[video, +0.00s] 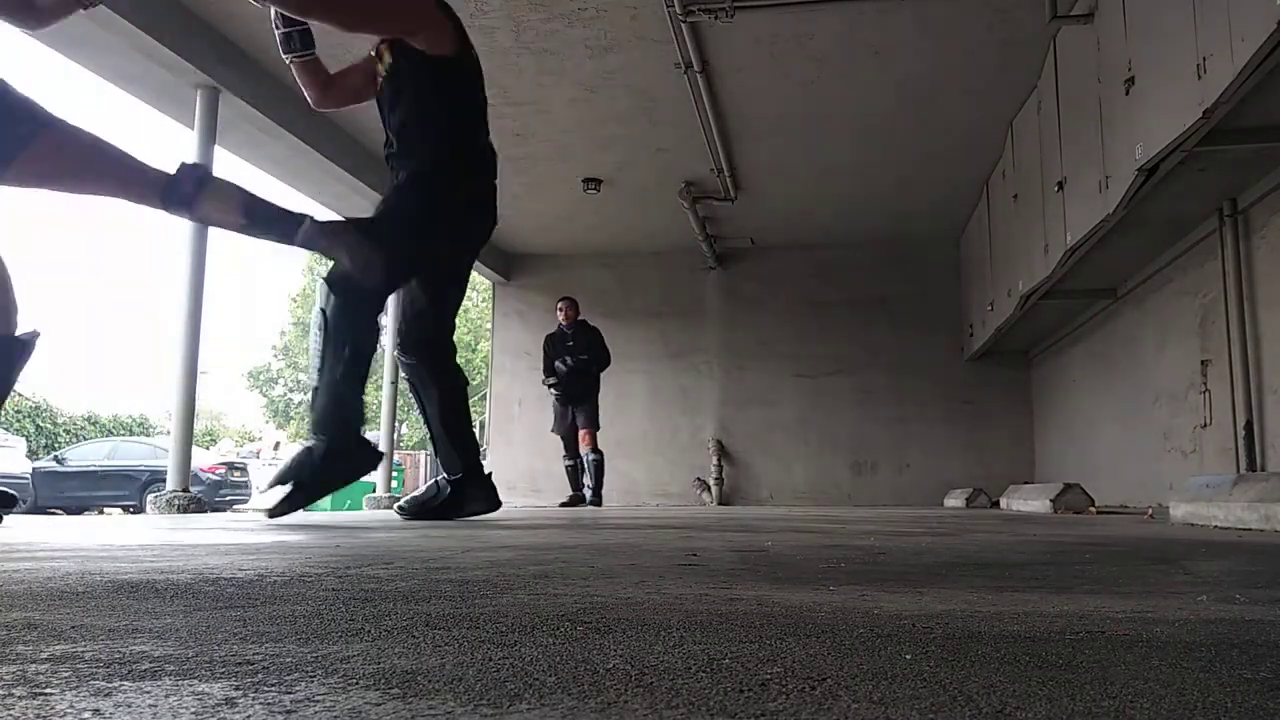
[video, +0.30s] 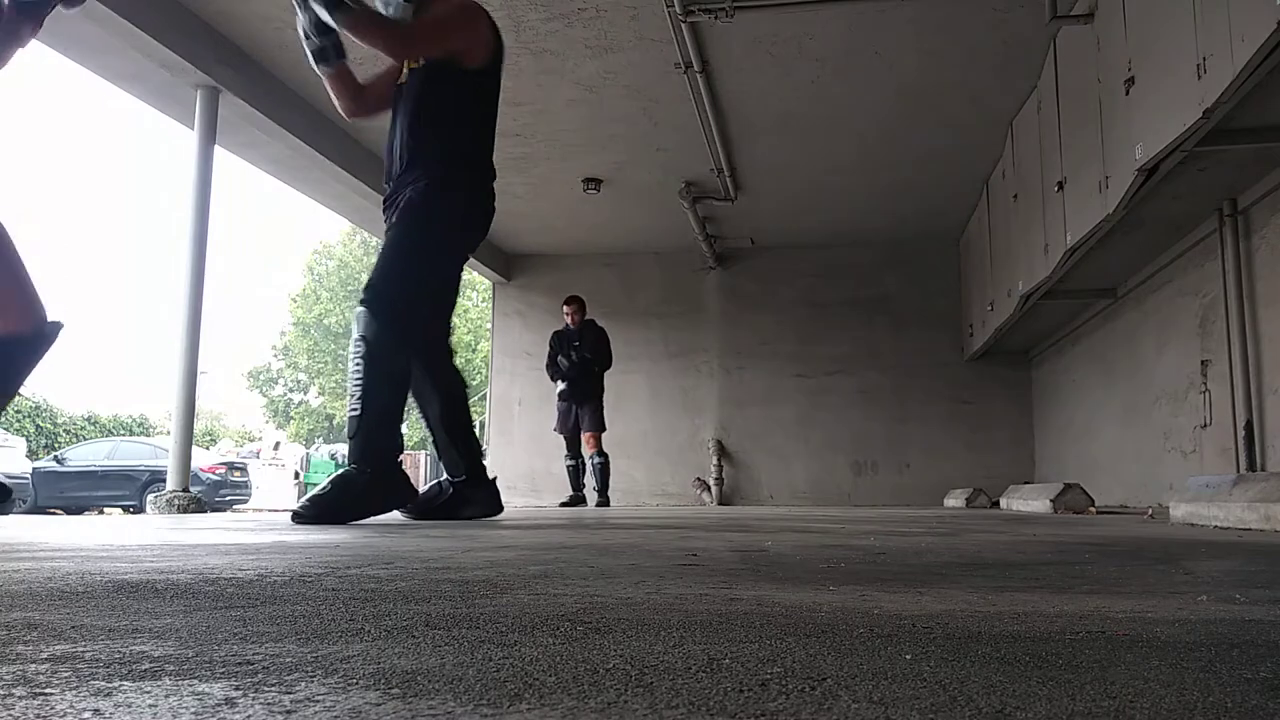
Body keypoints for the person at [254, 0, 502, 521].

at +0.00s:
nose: (373, 19)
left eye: (380, 13)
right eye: (374, 16)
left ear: (409, 3)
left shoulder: (432, 20)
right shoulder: (387, 58)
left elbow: (341, 14)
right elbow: (323, 93)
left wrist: (277, 6)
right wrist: (289, 25)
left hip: (440, 193)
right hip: (439, 202)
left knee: (348, 286)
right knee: (421, 344)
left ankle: (337, 440)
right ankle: (466, 478)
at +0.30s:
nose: (393, 11)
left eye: (398, 7)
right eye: (394, 10)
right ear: (412, 11)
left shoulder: (465, 18)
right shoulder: (418, 53)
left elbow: (397, 40)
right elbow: (355, 103)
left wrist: (330, 3)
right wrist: (326, 52)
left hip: (445, 197)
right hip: (415, 203)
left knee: (380, 315)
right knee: (424, 341)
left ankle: (375, 471)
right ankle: (467, 479)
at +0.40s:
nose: (403, 15)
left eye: (404, 7)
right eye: (399, 12)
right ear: (411, 16)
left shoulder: (478, 23)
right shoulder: (427, 60)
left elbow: (443, 78)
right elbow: (387, 137)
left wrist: (369, 26)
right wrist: (346, 79)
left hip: (451, 200)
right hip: (420, 208)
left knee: (393, 314)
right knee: (438, 347)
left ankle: (378, 472)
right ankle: (470, 484)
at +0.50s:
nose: (409, 17)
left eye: (411, 9)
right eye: (406, 13)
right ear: (424, 14)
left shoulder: (484, 28)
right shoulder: (441, 61)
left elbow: (476, 104)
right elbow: (407, 155)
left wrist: (411, 65)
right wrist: (363, 103)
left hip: (458, 203)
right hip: (432, 208)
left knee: (377, 295)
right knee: (440, 347)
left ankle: (368, 460)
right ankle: (471, 483)